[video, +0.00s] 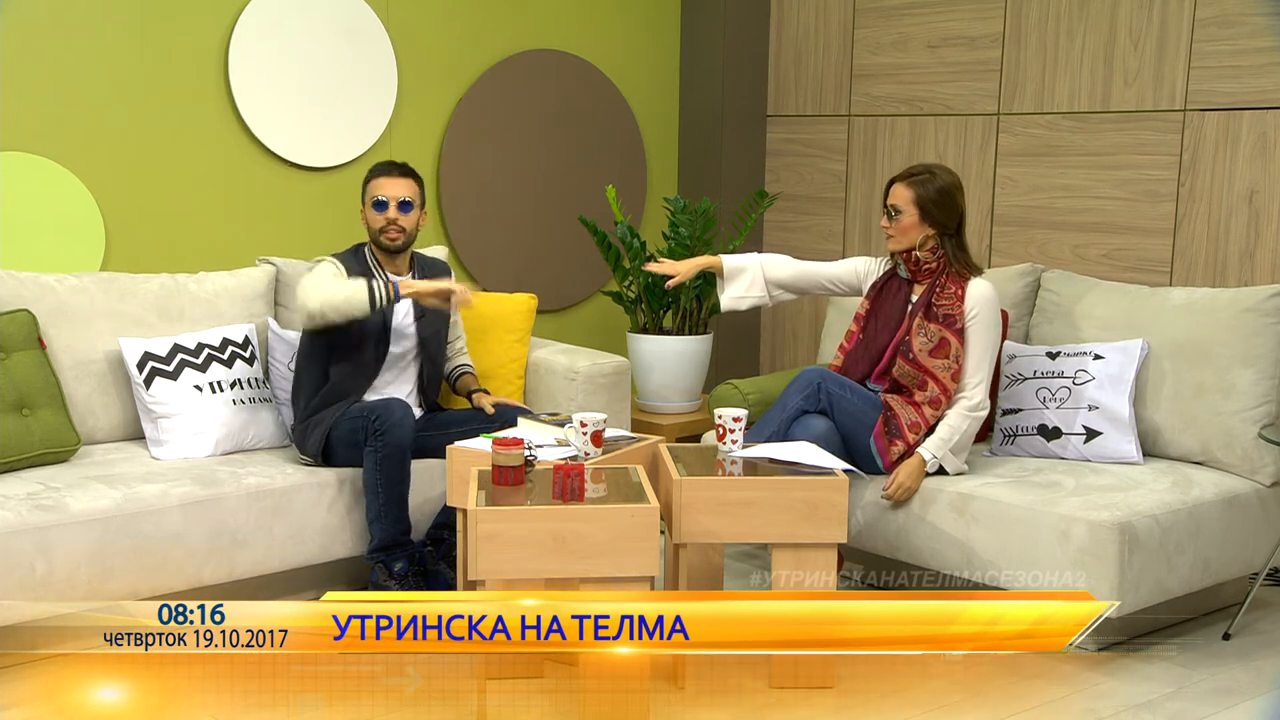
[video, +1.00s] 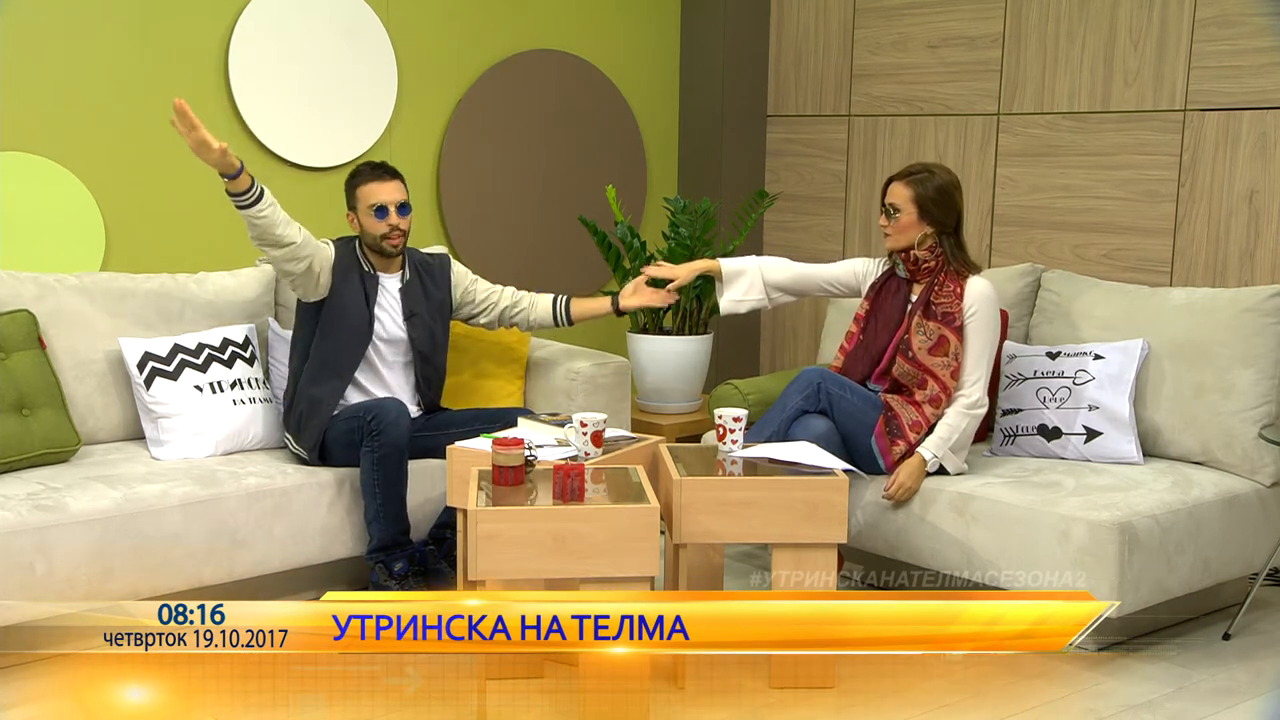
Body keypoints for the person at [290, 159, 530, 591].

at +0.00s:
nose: (392, 216)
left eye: (405, 206)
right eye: (380, 205)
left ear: (421, 219)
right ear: (363, 215)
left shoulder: (436, 273)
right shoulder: (339, 269)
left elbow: (454, 355)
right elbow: (309, 302)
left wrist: (476, 393)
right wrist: (408, 289)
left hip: (415, 421)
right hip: (334, 424)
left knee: (513, 422)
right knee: (394, 413)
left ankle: (439, 550)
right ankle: (392, 562)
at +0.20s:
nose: (385, 216)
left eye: (398, 205)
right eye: (373, 204)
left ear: (415, 216)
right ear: (359, 213)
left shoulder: (436, 274)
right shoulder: (332, 268)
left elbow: (455, 347)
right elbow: (314, 226)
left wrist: (477, 389)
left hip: (414, 419)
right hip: (335, 425)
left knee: (515, 420)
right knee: (395, 413)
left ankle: (441, 548)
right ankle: (391, 562)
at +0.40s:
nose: (388, 215)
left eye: (400, 205)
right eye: (375, 204)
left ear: (417, 215)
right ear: (358, 212)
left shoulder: (437, 274)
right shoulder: (332, 264)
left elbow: (460, 346)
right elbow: (304, 211)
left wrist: (493, 388)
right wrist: (272, 130)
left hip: (415, 421)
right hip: (336, 425)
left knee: (515, 421)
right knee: (393, 414)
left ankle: (442, 550)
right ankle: (392, 564)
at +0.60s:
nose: (390, 218)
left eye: (401, 208)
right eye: (377, 207)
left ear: (414, 215)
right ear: (355, 214)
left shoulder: (437, 275)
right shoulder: (324, 263)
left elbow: (492, 328)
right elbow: (286, 219)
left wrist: (567, 348)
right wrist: (249, 150)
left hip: (415, 420)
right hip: (335, 426)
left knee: (513, 423)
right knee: (391, 414)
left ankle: (442, 554)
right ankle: (392, 564)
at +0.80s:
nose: (392, 223)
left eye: (400, 211)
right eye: (378, 213)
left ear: (412, 214)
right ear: (352, 220)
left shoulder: (436, 273)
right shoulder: (321, 265)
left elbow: (509, 314)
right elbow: (280, 228)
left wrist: (608, 318)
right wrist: (237, 161)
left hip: (413, 420)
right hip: (331, 425)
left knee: (521, 422)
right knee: (386, 414)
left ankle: (438, 552)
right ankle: (390, 559)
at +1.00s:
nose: (393, 222)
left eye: (400, 210)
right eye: (378, 212)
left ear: (412, 213)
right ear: (351, 219)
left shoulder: (438, 272)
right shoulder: (323, 266)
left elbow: (515, 306)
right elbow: (277, 235)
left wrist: (617, 301)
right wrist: (231, 172)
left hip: (416, 421)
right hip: (333, 426)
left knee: (522, 425)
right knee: (390, 415)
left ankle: (440, 551)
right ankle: (391, 566)